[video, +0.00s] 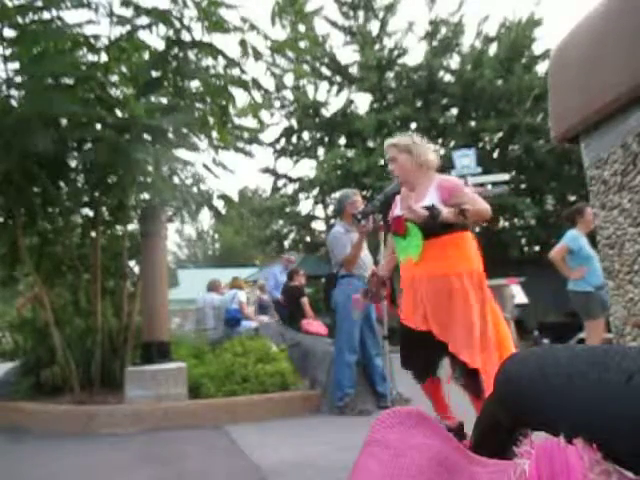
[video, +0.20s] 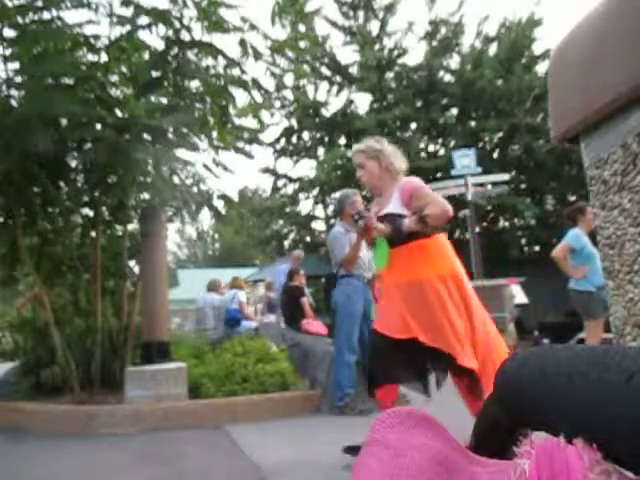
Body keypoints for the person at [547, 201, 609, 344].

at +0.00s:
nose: (593, 219)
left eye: (593, 215)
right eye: (590, 215)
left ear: (583, 219)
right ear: (580, 218)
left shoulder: (581, 237)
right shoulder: (573, 236)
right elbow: (555, 255)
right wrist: (569, 273)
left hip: (594, 288)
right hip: (584, 289)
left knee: (598, 335)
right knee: (595, 335)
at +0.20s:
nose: (594, 217)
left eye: (593, 214)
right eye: (590, 214)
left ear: (583, 217)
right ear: (581, 217)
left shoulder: (583, 236)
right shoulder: (575, 234)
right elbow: (557, 253)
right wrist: (572, 272)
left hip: (594, 287)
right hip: (585, 288)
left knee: (596, 335)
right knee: (594, 335)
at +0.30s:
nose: (594, 218)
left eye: (594, 214)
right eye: (591, 214)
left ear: (584, 217)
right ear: (581, 217)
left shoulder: (584, 237)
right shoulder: (576, 234)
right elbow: (559, 253)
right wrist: (573, 272)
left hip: (595, 287)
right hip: (585, 288)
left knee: (597, 334)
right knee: (594, 334)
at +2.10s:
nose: (594, 214)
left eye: (592, 210)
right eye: (589, 211)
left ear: (584, 216)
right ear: (580, 216)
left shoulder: (587, 235)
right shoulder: (575, 234)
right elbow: (553, 254)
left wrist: (599, 279)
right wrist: (568, 273)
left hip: (594, 287)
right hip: (583, 288)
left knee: (599, 337)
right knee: (595, 337)